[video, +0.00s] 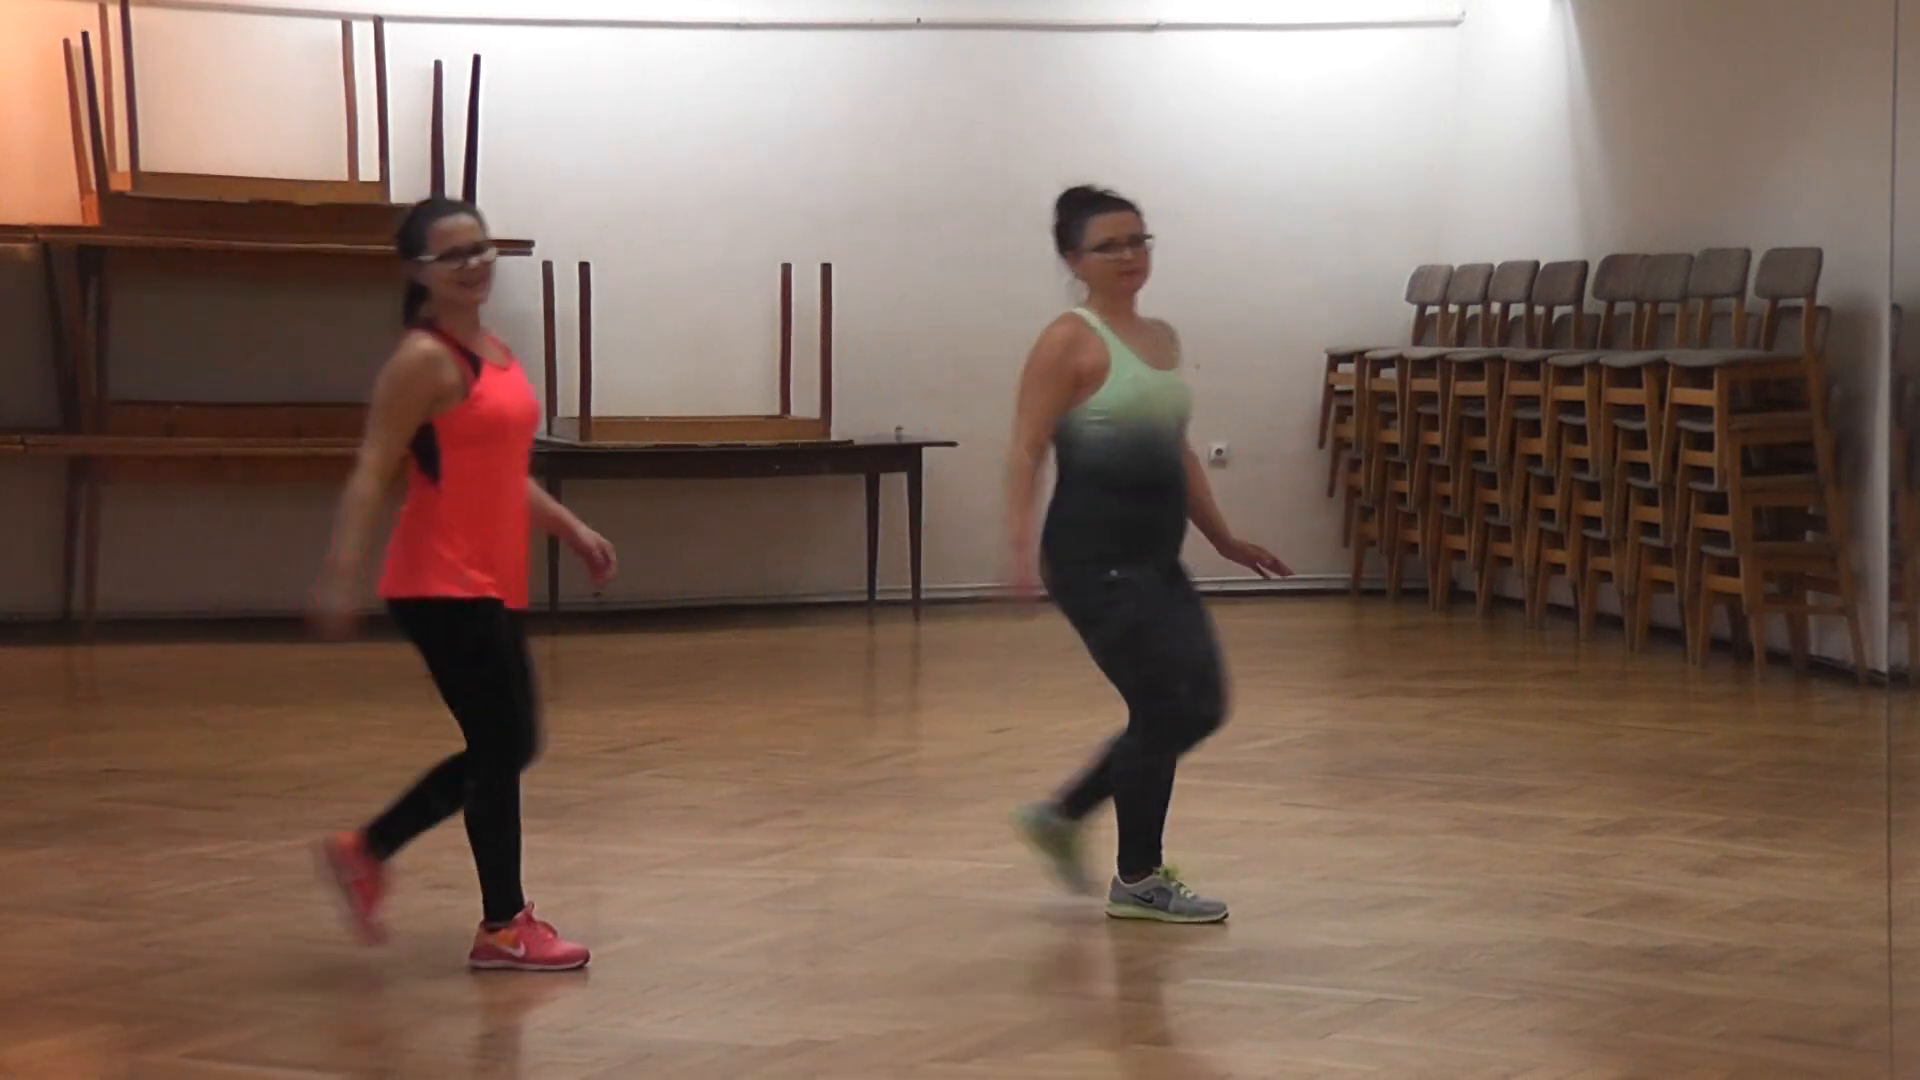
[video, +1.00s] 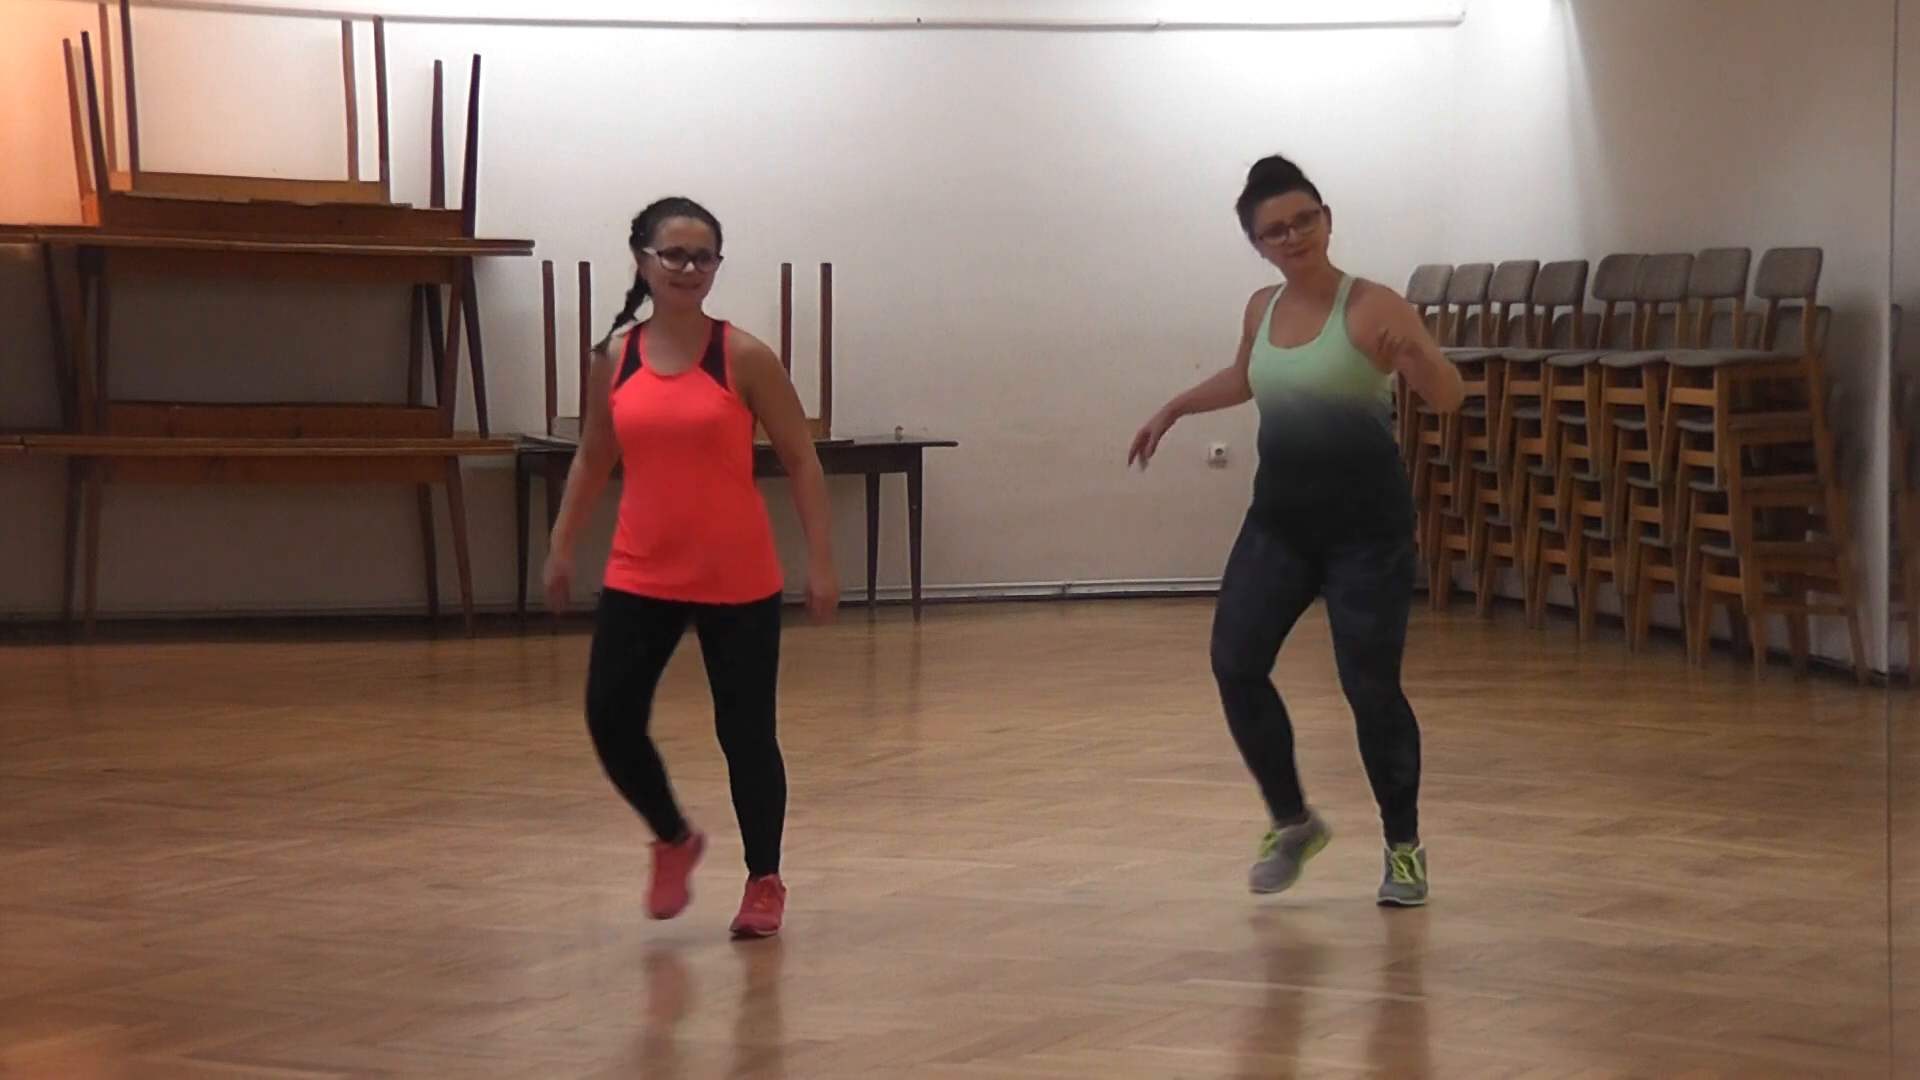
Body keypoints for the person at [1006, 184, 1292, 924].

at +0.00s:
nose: (1131, 256)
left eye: (1137, 242)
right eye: (1111, 247)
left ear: (1150, 247)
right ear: (1074, 262)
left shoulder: (1160, 340)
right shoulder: (1066, 342)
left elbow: (1175, 451)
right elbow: (1026, 452)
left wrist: (1223, 539)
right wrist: (1019, 550)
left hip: (1154, 557)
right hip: (1091, 561)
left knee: (1199, 703)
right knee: (1161, 707)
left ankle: (1060, 814)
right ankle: (1138, 879)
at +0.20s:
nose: (1204, 239)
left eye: (1214, 223)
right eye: (1184, 229)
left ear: (1229, 227)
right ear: (1151, 239)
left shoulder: (1259, 323)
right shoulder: (1130, 323)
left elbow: (1274, 434)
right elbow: (1104, 430)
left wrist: (1294, 527)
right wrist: (1194, 441)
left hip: (1247, 531)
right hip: (1161, 534)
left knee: (1288, 694)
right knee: (1176, 694)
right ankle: (1141, 873)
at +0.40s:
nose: (1265, 243)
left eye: (1277, 228)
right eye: (1246, 232)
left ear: (1291, 233)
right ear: (1215, 241)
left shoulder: (1328, 322)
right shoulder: (1187, 330)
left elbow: (1368, 418)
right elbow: (1174, 433)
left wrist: (1350, 455)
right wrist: (1222, 460)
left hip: (1314, 533)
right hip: (1223, 537)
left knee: (1317, 702)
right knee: (1220, 703)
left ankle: (1333, 867)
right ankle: (1222, 838)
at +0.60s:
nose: (1291, 248)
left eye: (1302, 233)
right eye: (1273, 237)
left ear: (1317, 239)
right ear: (1242, 246)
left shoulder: (1350, 325)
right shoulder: (1215, 335)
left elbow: (1395, 434)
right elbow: (1200, 439)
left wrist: (1379, 376)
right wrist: (1207, 524)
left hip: (1345, 541)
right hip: (1259, 546)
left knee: (1350, 691)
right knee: (1287, 698)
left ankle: (1355, 851)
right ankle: (1319, 830)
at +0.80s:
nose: (1301, 260)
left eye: (1311, 243)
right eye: (1283, 250)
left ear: (1330, 243)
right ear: (1258, 261)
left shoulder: (1367, 334)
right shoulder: (1241, 339)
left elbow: (1414, 442)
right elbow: (1206, 439)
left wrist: (1393, 373)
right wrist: (1152, 514)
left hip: (1357, 547)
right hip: (1272, 551)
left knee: (1360, 699)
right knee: (1299, 704)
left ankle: (1399, 843)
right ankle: (1330, 837)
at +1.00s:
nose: (1293, 239)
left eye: (1303, 221)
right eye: (1273, 232)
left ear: (1326, 217)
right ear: (1256, 243)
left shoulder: (1373, 304)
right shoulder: (1263, 307)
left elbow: (1450, 396)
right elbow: (1245, 378)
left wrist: (1410, 345)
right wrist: (1173, 407)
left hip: (1366, 527)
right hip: (1280, 523)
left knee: (1372, 688)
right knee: (1235, 662)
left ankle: (1402, 844)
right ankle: (1292, 820)